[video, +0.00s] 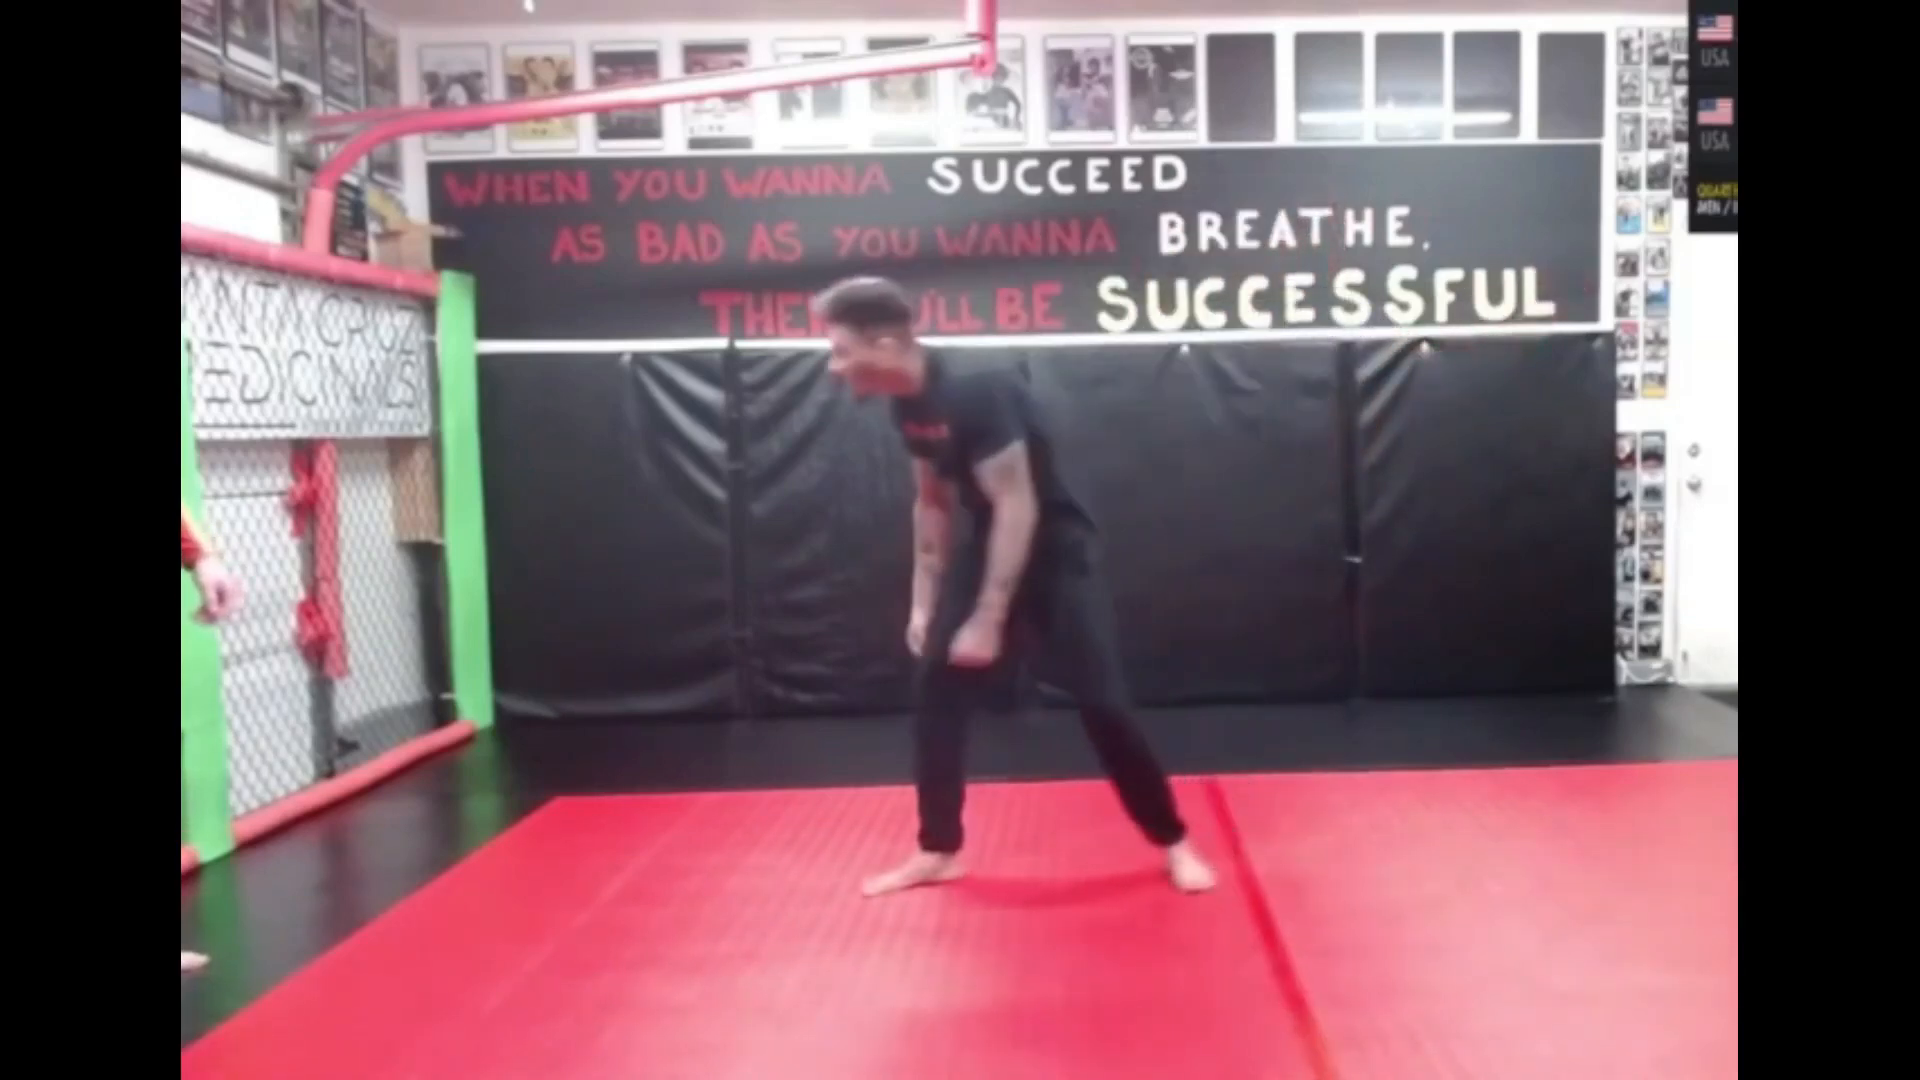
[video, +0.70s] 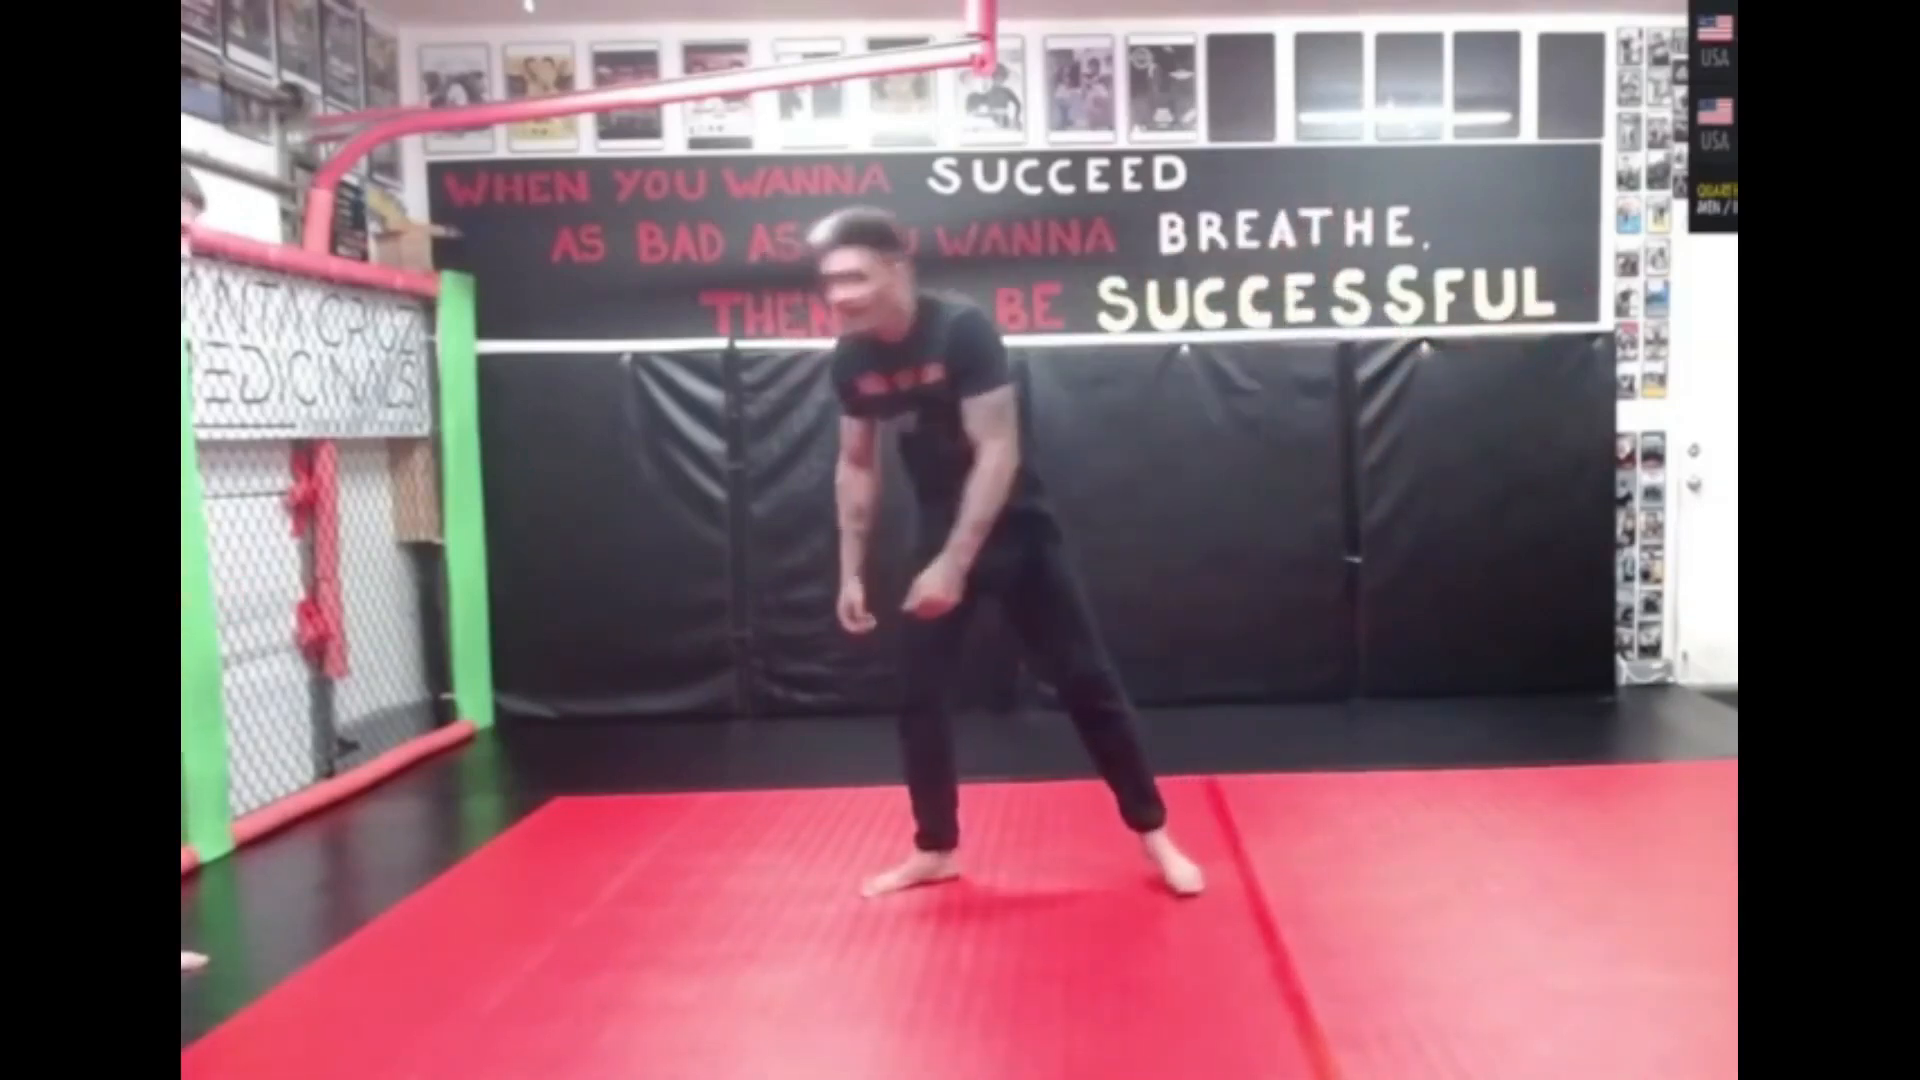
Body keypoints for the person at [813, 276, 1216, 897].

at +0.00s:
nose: (833, 368)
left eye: (840, 352)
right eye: (831, 353)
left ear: (887, 343)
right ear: (880, 348)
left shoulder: (975, 391)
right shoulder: (909, 406)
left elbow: (1017, 507)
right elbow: (931, 502)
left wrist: (988, 619)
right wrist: (923, 605)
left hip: (1050, 541)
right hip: (979, 539)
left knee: (1099, 697)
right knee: (939, 677)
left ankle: (1175, 843)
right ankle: (939, 847)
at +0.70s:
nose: (841, 297)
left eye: (855, 278)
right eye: (831, 284)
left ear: (902, 267)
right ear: (825, 288)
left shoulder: (963, 332)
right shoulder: (852, 361)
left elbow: (998, 453)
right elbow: (856, 463)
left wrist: (953, 561)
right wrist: (851, 573)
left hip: (1013, 520)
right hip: (939, 529)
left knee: (1083, 673)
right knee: (917, 685)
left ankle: (1154, 833)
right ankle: (935, 848)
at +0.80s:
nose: (913, 276)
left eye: (925, 259)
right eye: (895, 264)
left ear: (954, 256)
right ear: (874, 276)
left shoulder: (998, 324)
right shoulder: (871, 349)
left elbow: (1036, 440)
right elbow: (858, 459)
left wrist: (997, 551)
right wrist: (858, 569)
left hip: (1020, 511)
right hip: (942, 519)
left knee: (1090, 673)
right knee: (922, 683)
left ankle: (1151, 840)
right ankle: (935, 849)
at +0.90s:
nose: (1032, 255)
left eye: (1037, 239)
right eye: (1013, 242)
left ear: (1046, 245)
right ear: (965, 255)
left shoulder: (1064, 319)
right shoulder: (930, 338)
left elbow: (1095, 427)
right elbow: (886, 444)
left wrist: (1081, 540)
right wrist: (883, 563)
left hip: (1057, 525)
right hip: (970, 528)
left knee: (1110, 682)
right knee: (945, 685)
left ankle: (1141, 852)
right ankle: (935, 848)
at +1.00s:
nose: (1124, 235)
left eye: (1125, 222)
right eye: (1106, 224)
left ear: (1126, 232)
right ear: (1057, 237)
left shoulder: (1127, 320)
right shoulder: (1007, 326)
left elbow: (1155, 427)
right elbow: (950, 434)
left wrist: (1168, 531)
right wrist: (938, 556)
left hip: (1108, 540)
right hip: (1020, 543)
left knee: (1136, 695)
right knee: (979, 691)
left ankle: (1142, 858)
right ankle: (931, 839)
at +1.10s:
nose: (1168, 222)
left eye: (1166, 209)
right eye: (1153, 211)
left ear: (1147, 225)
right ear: (1103, 226)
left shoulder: (1158, 311)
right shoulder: (1051, 314)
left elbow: (1185, 419)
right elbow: (999, 431)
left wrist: (1221, 523)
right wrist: (996, 551)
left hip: (1137, 532)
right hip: (1060, 533)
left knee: (1153, 691)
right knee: (1007, 686)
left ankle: (1143, 859)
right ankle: (945, 833)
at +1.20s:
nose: (1204, 207)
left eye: (1198, 196)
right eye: (1185, 199)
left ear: (1172, 220)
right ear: (1139, 220)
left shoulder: (1181, 309)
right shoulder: (1094, 306)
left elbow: (1210, 415)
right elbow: (1044, 427)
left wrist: (1261, 507)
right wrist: (1064, 542)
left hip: (1153, 512)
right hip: (1092, 513)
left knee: (1156, 684)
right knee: (1051, 675)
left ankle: (1145, 854)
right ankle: (982, 838)